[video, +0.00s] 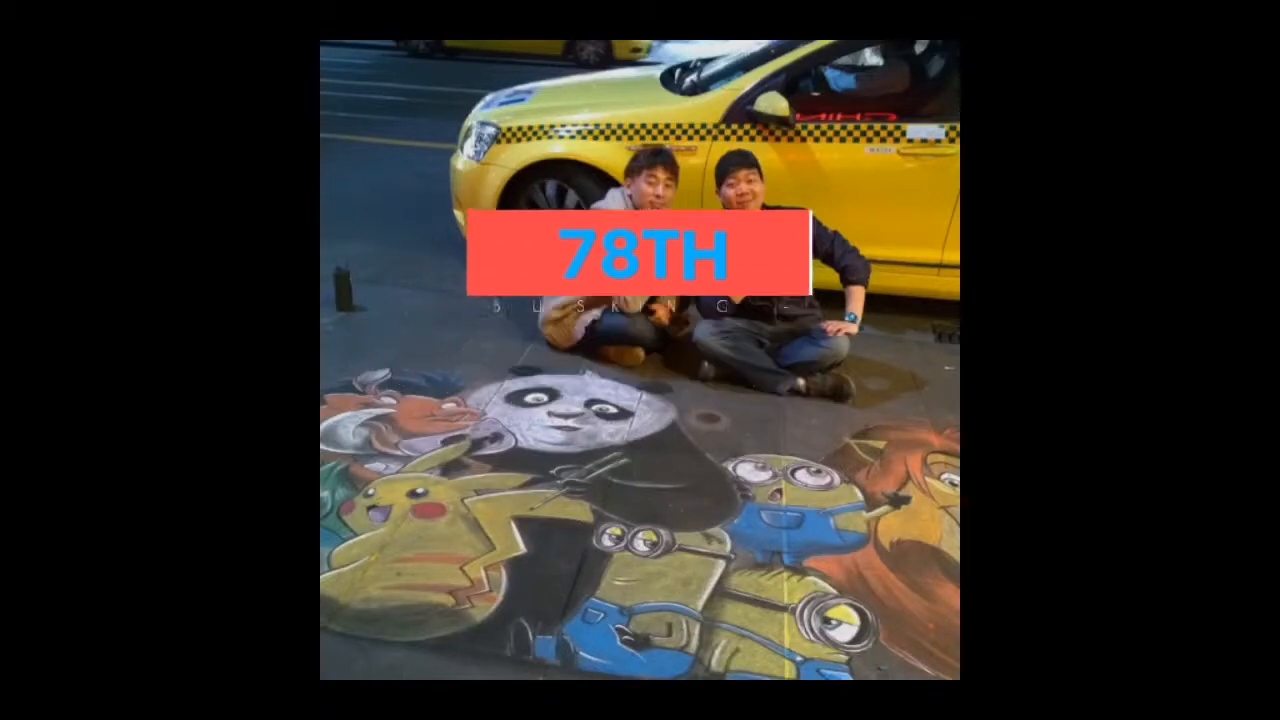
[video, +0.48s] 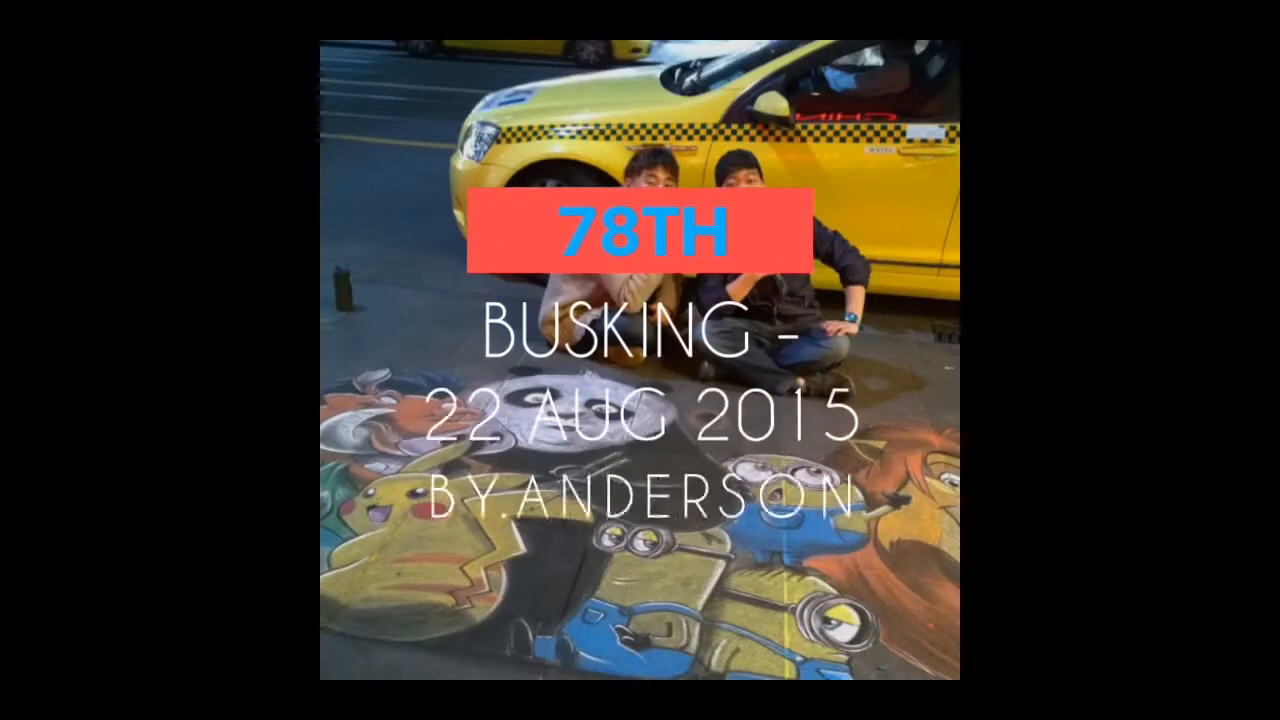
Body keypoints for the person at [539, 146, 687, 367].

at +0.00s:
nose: (659, 193)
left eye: (668, 185)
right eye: (651, 182)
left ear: (675, 192)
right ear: (629, 184)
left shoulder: (661, 220)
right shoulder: (609, 214)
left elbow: (675, 272)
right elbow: (630, 304)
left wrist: (665, 303)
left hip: (614, 307)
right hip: (569, 317)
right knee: (638, 327)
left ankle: (628, 346)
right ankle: (674, 335)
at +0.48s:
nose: (659, 191)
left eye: (668, 184)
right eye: (651, 181)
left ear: (674, 190)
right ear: (629, 182)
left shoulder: (654, 224)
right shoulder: (605, 221)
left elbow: (668, 279)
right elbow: (629, 300)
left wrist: (665, 305)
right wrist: (664, 247)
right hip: (565, 320)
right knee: (638, 327)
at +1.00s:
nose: (659, 191)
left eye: (668, 184)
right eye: (651, 181)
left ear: (675, 190)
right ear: (629, 182)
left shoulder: (656, 224)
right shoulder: (604, 222)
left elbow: (669, 278)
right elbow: (629, 300)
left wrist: (665, 305)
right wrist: (664, 249)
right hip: (566, 319)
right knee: (639, 327)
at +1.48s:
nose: (659, 191)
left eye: (668, 184)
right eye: (651, 181)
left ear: (675, 190)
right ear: (629, 182)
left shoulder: (656, 224)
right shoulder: (604, 222)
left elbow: (669, 278)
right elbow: (629, 300)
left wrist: (665, 305)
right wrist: (664, 249)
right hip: (566, 319)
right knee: (639, 327)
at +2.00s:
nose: (659, 191)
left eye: (668, 184)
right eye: (651, 181)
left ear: (675, 189)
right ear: (629, 182)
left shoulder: (657, 223)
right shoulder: (604, 222)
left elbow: (669, 278)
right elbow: (629, 300)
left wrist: (665, 304)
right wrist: (664, 248)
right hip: (565, 318)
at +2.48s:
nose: (660, 193)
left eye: (668, 186)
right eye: (650, 183)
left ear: (675, 192)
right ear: (629, 184)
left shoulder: (656, 221)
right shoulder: (605, 227)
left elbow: (670, 269)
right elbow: (629, 301)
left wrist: (664, 305)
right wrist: (658, 251)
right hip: (569, 318)